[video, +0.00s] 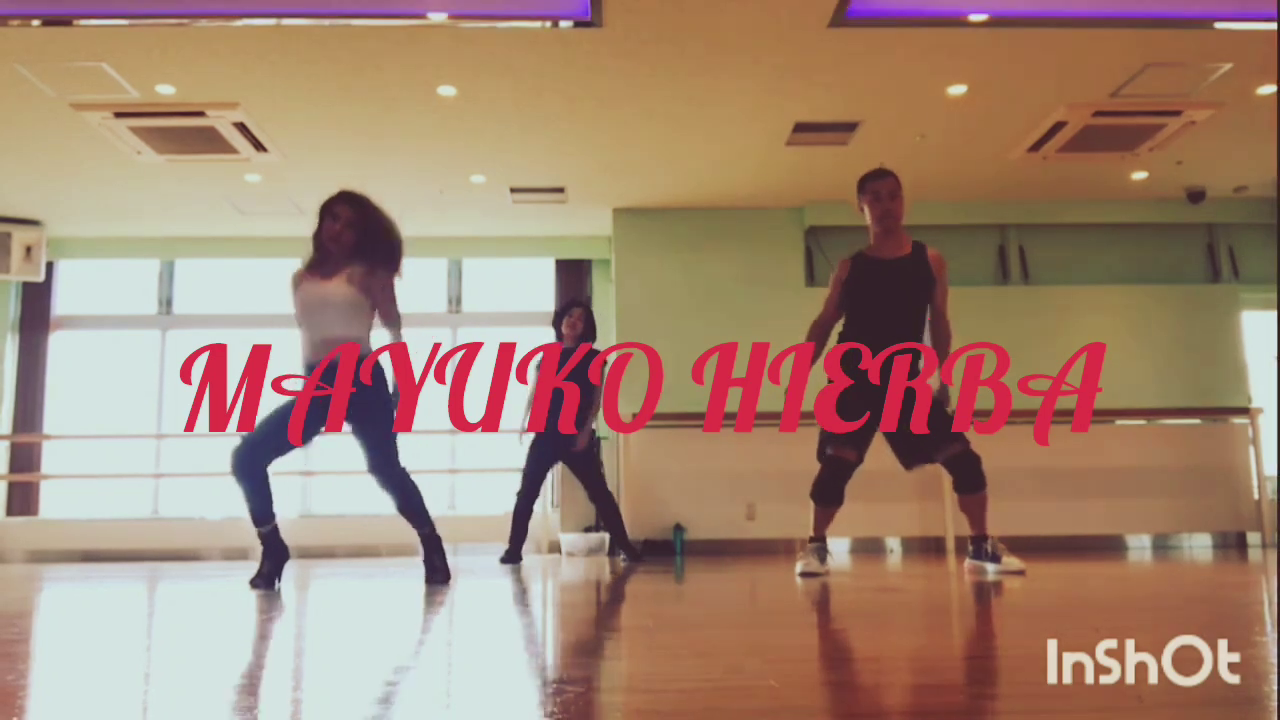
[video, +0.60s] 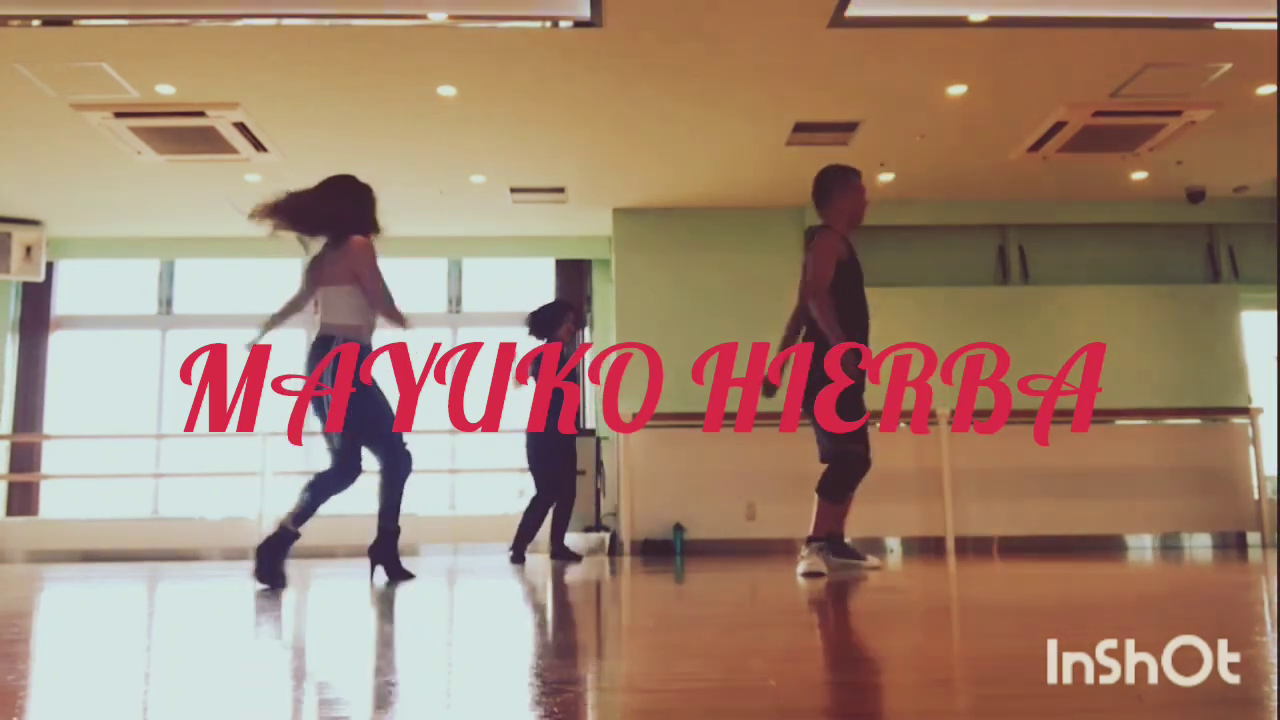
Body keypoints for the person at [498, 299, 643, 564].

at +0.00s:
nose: (573, 322)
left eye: (580, 320)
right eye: (570, 317)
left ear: (586, 327)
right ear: (561, 321)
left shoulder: (593, 357)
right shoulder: (549, 353)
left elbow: (597, 398)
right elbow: (535, 390)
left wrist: (587, 428)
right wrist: (527, 419)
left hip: (577, 436)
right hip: (546, 435)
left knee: (599, 494)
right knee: (527, 493)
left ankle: (624, 545)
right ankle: (514, 549)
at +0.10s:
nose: (574, 332)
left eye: (580, 329)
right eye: (571, 327)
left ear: (586, 335)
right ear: (562, 330)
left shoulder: (593, 367)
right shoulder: (549, 363)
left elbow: (601, 409)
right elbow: (532, 395)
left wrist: (607, 444)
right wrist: (526, 423)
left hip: (587, 444)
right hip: (556, 444)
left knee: (609, 496)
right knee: (534, 498)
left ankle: (628, 546)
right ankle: (514, 550)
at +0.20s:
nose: (575, 330)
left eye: (580, 327)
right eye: (571, 325)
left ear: (585, 334)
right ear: (561, 329)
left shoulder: (587, 368)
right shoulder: (544, 364)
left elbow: (604, 406)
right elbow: (516, 392)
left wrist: (631, 430)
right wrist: (526, 413)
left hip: (585, 442)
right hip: (555, 442)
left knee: (609, 492)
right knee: (540, 499)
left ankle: (628, 545)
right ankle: (516, 550)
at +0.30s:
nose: (576, 322)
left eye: (579, 318)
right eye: (571, 317)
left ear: (582, 324)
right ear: (558, 319)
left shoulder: (577, 353)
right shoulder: (545, 350)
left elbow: (576, 389)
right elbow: (535, 379)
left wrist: (607, 399)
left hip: (574, 431)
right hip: (546, 432)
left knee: (602, 490)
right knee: (539, 494)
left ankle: (627, 545)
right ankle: (516, 551)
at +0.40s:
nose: (573, 317)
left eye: (577, 313)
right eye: (569, 311)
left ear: (578, 316)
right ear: (555, 311)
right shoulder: (552, 345)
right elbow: (559, 378)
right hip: (551, 427)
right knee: (537, 490)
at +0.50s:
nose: (573, 319)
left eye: (575, 314)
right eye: (568, 313)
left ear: (575, 317)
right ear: (555, 313)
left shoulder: (570, 346)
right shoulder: (548, 343)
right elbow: (550, 376)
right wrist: (577, 355)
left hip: (567, 428)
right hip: (544, 427)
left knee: (580, 481)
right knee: (538, 489)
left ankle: (569, 536)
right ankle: (515, 551)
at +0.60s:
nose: (573, 328)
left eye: (573, 324)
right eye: (569, 323)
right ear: (558, 325)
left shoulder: (570, 354)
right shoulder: (549, 352)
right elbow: (542, 377)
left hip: (565, 431)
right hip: (544, 431)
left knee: (566, 492)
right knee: (548, 491)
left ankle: (558, 546)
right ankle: (519, 546)